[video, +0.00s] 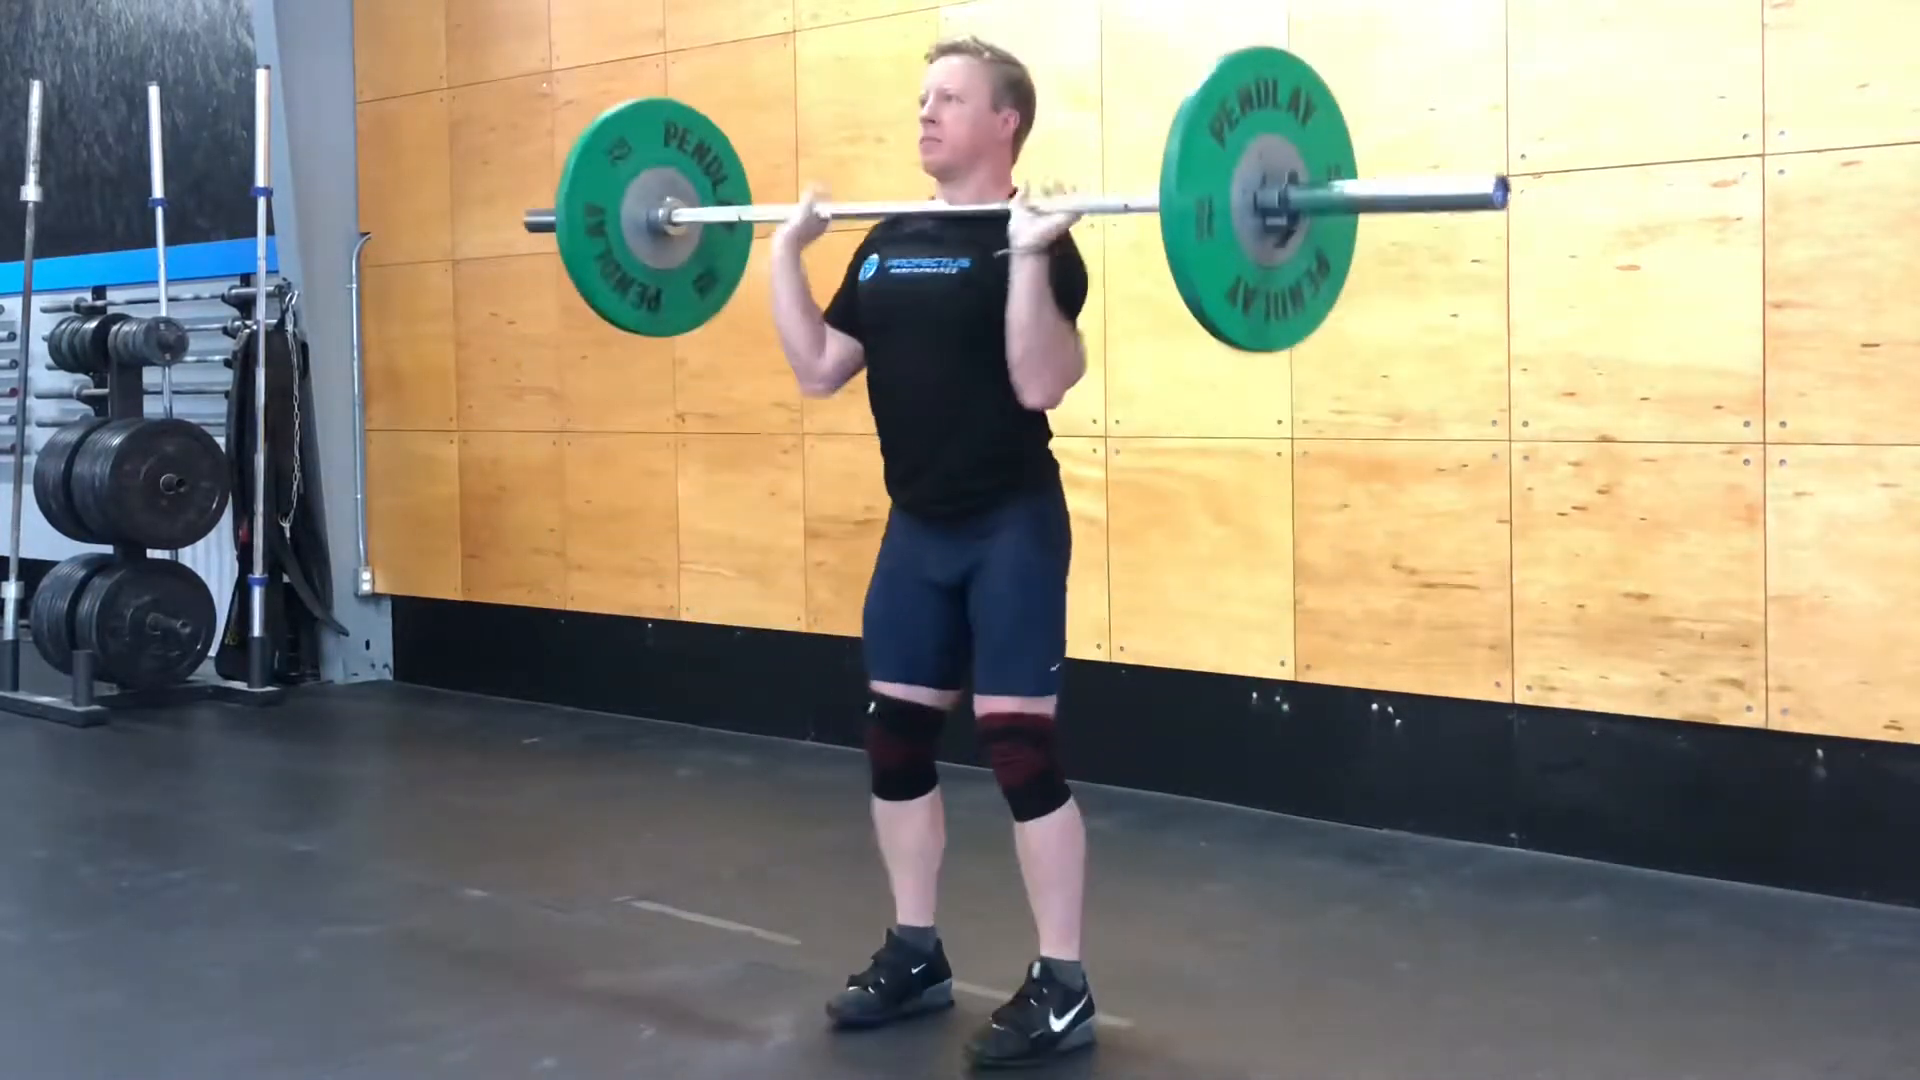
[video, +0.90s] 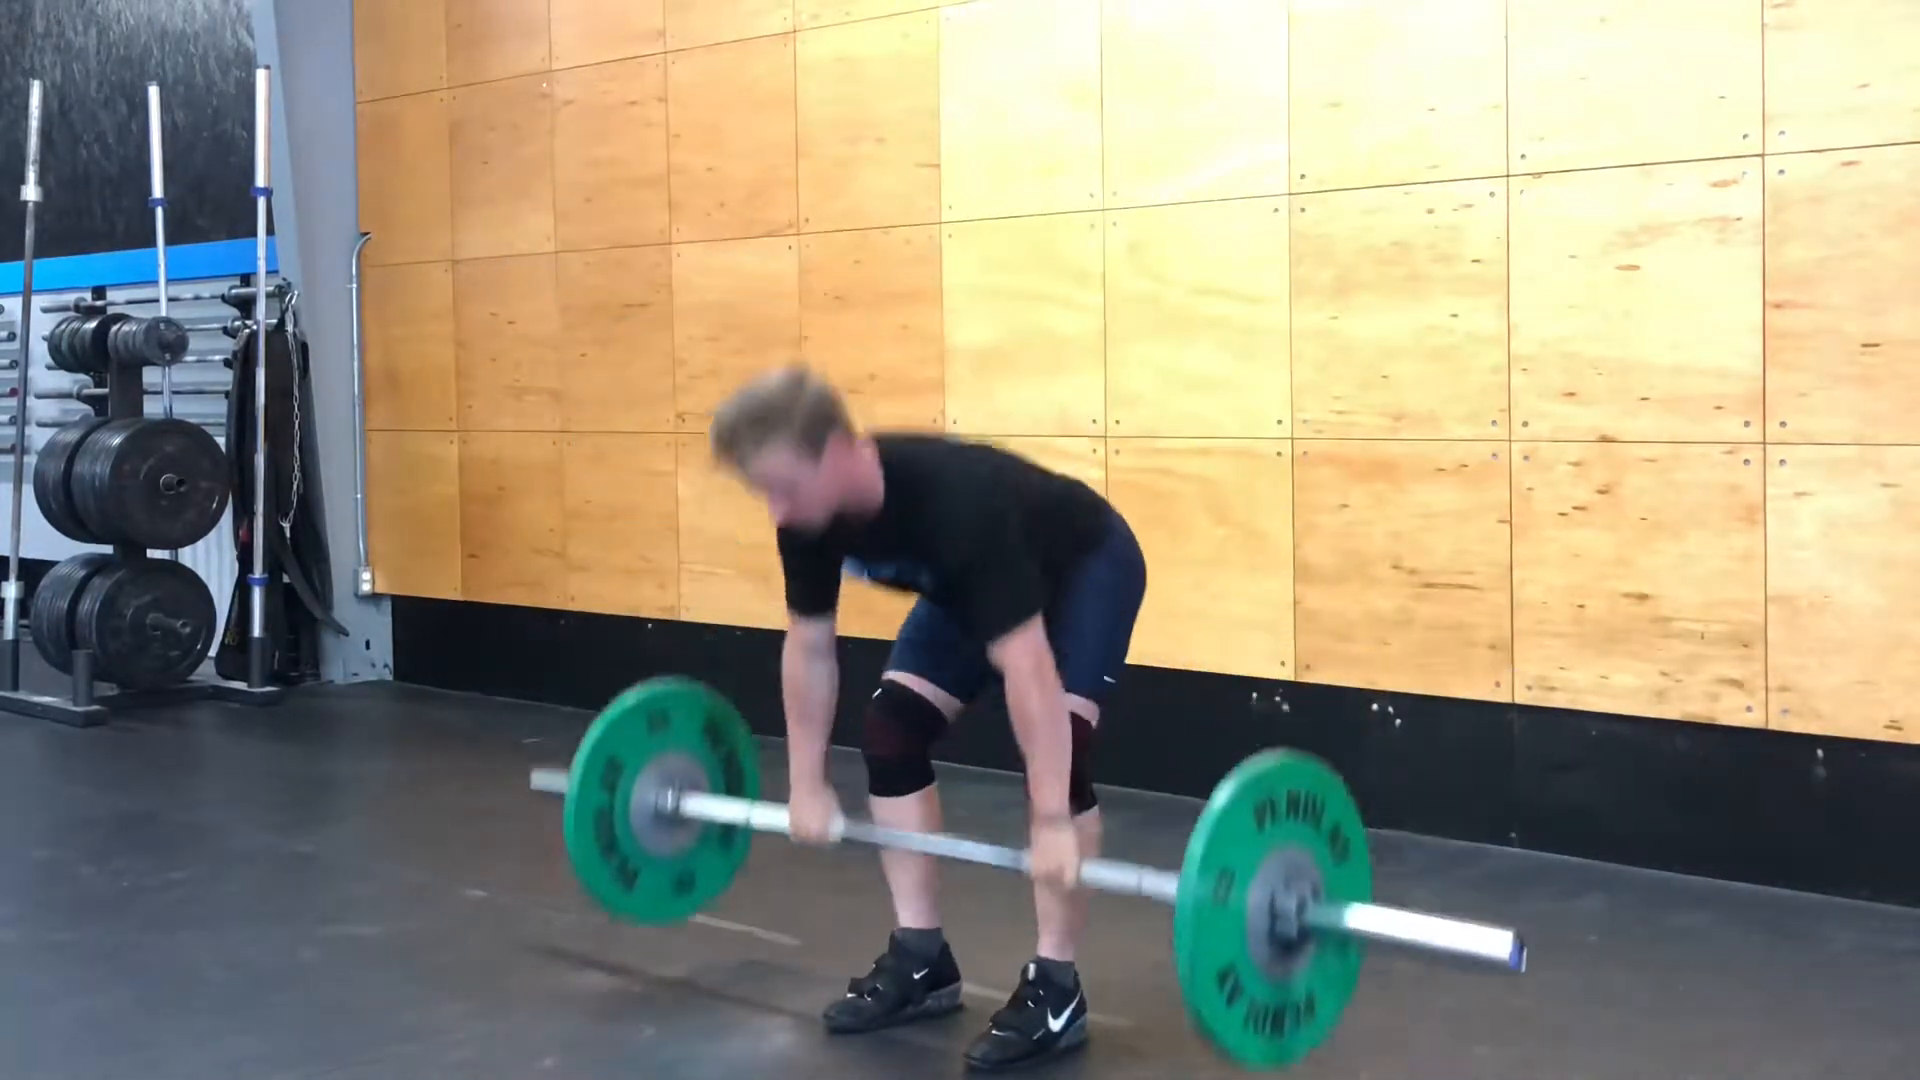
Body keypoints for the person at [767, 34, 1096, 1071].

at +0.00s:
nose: (926, 117)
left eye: (948, 103)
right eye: (925, 103)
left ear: (1006, 124)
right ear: (931, 122)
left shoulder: (1043, 246)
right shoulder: (889, 241)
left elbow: (1042, 384)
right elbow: (820, 367)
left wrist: (1027, 252)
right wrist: (784, 252)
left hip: (1016, 523)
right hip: (915, 524)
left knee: (1020, 751)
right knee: (897, 741)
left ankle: (1062, 986)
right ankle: (914, 956)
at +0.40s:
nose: (940, 105)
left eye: (958, 90)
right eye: (936, 91)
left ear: (1021, 101)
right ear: (940, 104)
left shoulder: (1061, 198)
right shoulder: (921, 196)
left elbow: (1145, 296)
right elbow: (868, 303)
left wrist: (1054, 365)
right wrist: (797, 357)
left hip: (990, 498)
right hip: (892, 495)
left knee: (996, 720)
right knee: (877, 711)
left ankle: (1043, 963)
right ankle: (895, 928)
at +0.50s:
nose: (921, 119)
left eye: (940, 103)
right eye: (916, 104)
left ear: (1001, 111)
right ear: (918, 116)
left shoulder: (1039, 231)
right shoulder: (896, 234)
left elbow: (1100, 364)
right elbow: (864, 363)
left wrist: (1057, 496)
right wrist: (806, 472)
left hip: (990, 533)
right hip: (888, 523)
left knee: (999, 747)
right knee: (870, 732)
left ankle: (1045, 977)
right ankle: (906, 945)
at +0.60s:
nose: (864, 157)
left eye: (883, 139)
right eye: (860, 140)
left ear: (946, 147)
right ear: (863, 153)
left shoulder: (1000, 283)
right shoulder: (853, 287)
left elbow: (1059, 432)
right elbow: (829, 431)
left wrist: (1061, 584)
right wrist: (805, 556)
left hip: (1018, 548)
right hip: (918, 546)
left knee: (1013, 753)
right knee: (866, 738)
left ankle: (1051, 988)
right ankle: (918, 960)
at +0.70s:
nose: (802, 268)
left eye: (817, 244)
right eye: (794, 247)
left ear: (880, 233)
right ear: (796, 248)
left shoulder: (972, 345)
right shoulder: (821, 361)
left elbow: (1034, 498)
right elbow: (814, 498)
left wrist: (1057, 654)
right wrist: (808, 628)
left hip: (1052, 545)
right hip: (958, 550)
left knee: (1043, 741)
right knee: (892, 729)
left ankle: (1054, 986)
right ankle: (921, 955)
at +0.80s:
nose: (786, 396)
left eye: (794, 371)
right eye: (773, 379)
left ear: (848, 343)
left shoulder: (959, 418)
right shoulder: (812, 444)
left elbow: (1029, 582)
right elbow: (814, 571)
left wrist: (1056, 737)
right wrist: (811, 702)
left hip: (1074, 552)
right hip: (971, 565)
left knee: (1052, 742)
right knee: (897, 730)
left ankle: (1054, 984)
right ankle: (920, 954)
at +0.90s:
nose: (776, 512)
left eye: (785, 487)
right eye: (764, 493)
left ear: (840, 448)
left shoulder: (958, 502)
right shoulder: (805, 513)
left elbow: (1026, 664)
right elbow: (809, 647)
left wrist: (1052, 818)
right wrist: (805, 785)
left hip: (1085, 569)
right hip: (980, 581)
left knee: (1057, 758)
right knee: (892, 730)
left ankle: (1054, 986)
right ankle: (920, 956)